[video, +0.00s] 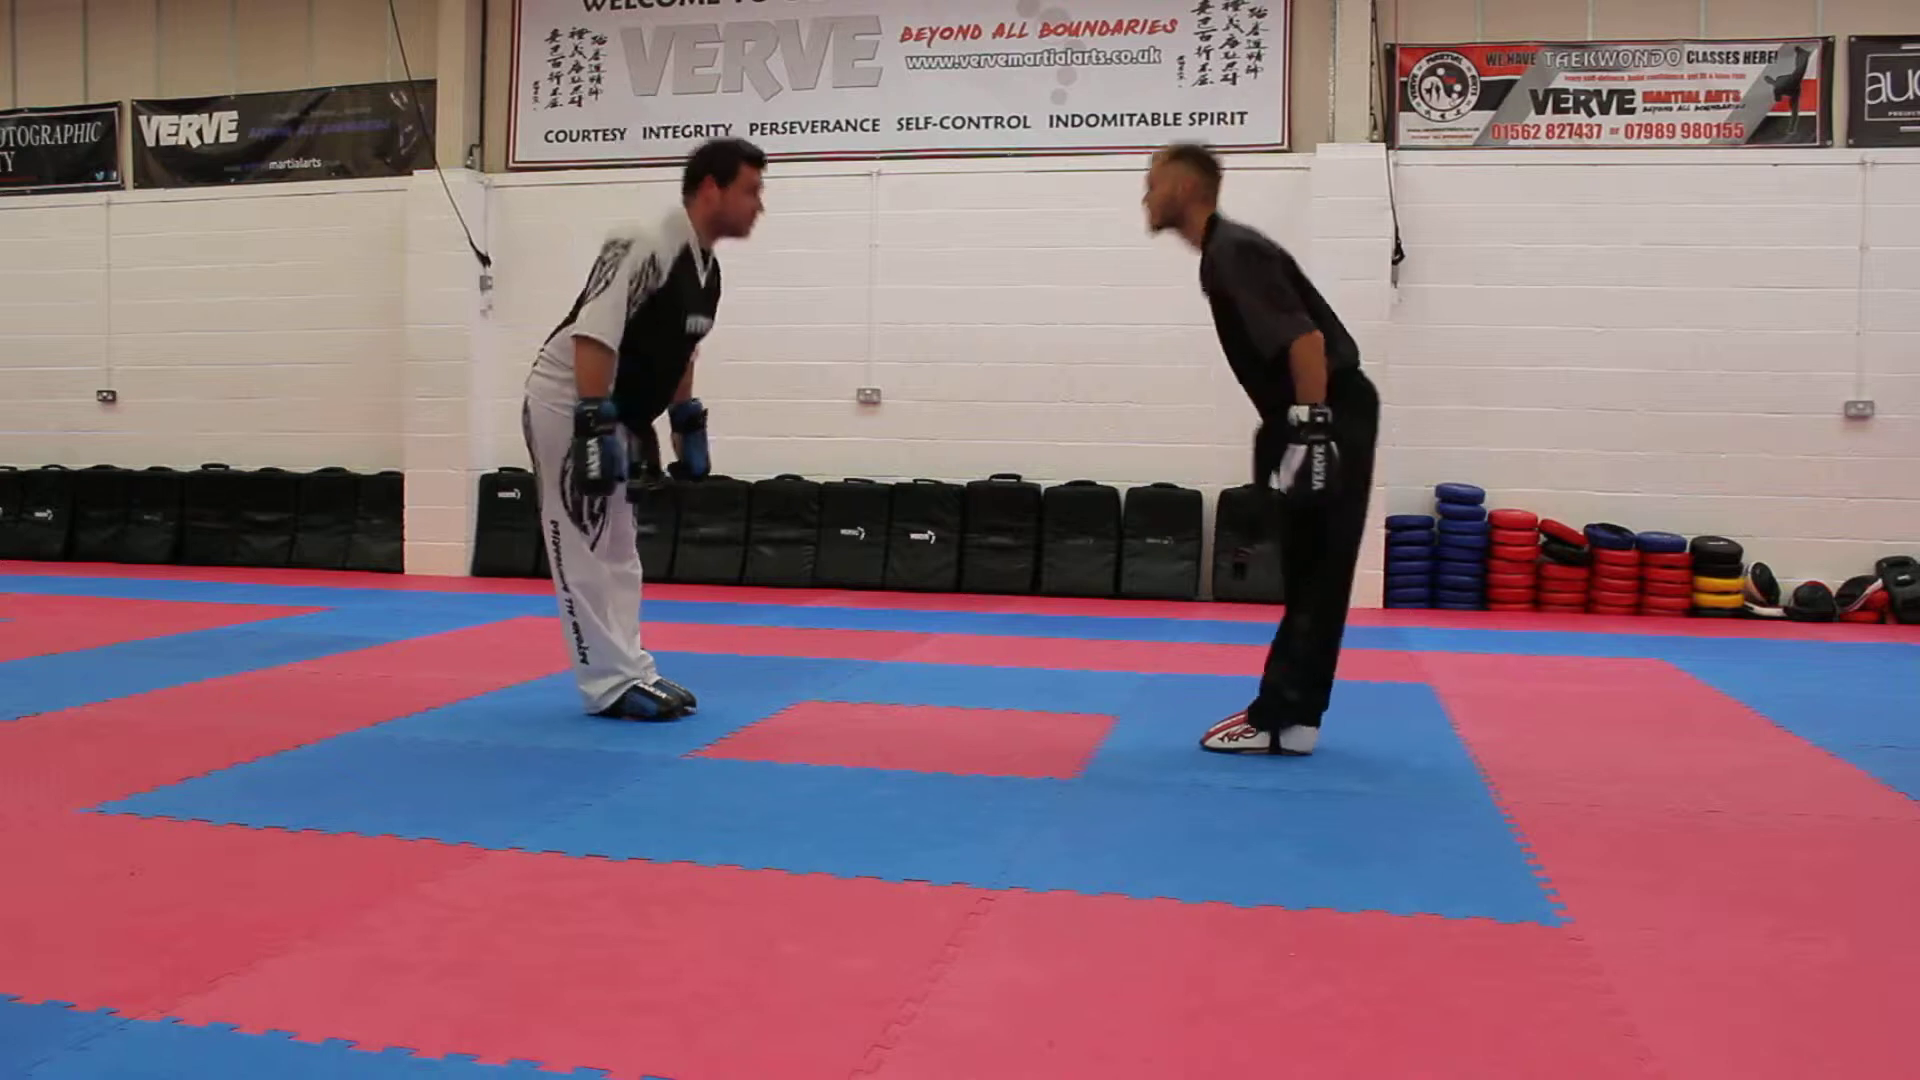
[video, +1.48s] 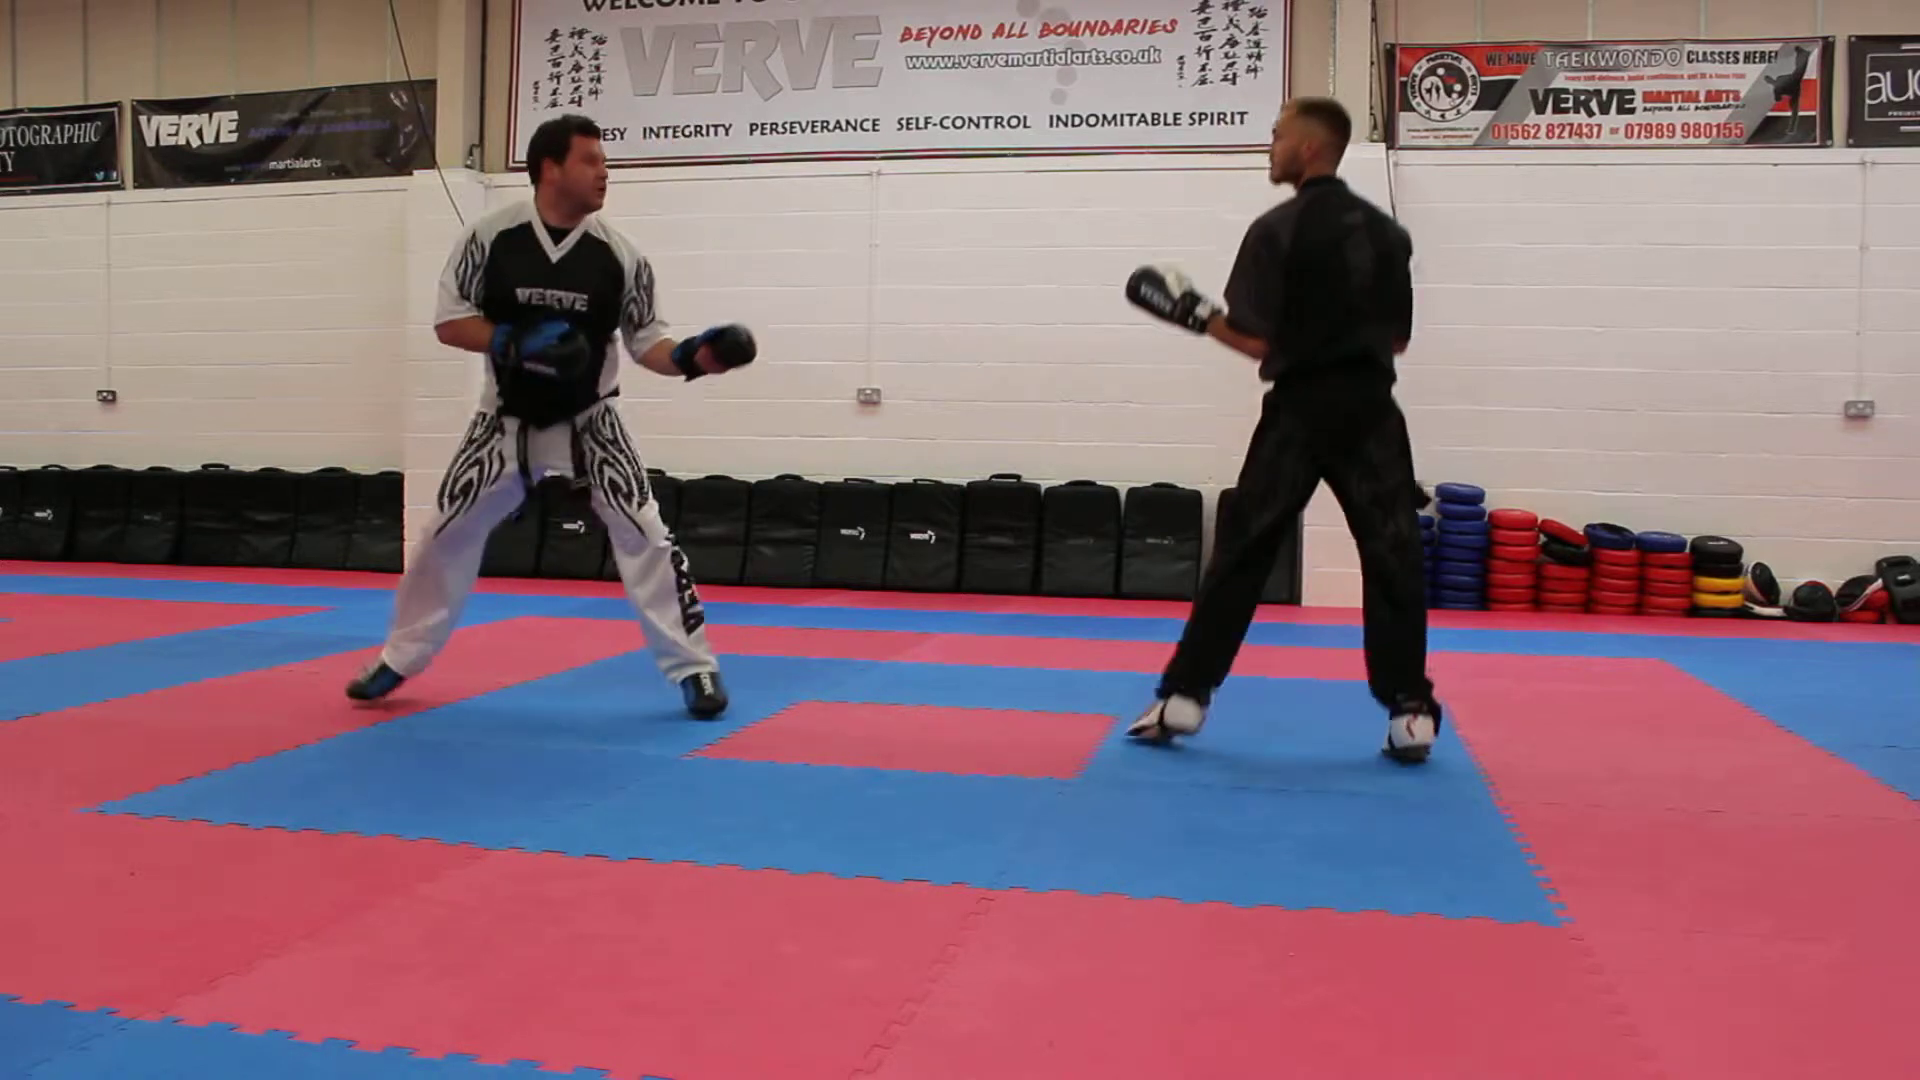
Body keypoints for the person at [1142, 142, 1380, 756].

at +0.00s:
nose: (1144, 196)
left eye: (1152, 183)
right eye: (1147, 184)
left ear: (1186, 187)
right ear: (1187, 188)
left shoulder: (1236, 254)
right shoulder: (1222, 254)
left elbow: (1306, 340)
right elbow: (1285, 344)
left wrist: (1312, 425)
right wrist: (1280, 426)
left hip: (1331, 412)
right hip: (1312, 411)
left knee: (1316, 568)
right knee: (1311, 567)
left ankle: (1285, 715)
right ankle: (1290, 711)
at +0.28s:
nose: (1111, 280)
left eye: (1117, 267)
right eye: (1111, 268)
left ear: (1151, 268)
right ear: (1157, 268)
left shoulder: (1216, 308)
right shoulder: (1207, 312)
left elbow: (1322, 355)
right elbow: (1308, 358)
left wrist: (1339, 441)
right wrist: (1317, 444)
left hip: (1364, 417)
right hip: (1349, 420)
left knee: (1341, 576)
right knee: (1337, 576)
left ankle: (1287, 716)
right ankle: (1294, 714)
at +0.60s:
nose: (1164, 186)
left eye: (1173, 174)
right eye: (1168, 174)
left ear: (1204, 182)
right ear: (1207, 183)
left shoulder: (1236, 249)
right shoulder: (1237, 245)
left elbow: (1293, 339)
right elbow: (1297, 338)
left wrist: (1263, 424)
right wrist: (1272, 424)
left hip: (1337, 407)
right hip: (1331, 406)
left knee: (1323, 562)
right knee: (1320, 562)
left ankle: (1289, 714)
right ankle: (1296, 712)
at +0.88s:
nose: (1234, 143)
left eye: (1243, 131)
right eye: (1238, 130)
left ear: (1272, 143)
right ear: (1292, 148)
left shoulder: (1249, 221)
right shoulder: (1331, 218)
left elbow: (1186, 320)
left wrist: (1141, 294)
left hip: (1307, 406)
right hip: (1355, 401)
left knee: (1289, 555)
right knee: (1333, 552)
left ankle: (1286, 716)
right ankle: (1327, 700)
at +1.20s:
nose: (1282, 158)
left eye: (1290, 148)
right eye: (1287, 147)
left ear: (1321, 162)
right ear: (1342, 168)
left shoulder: (1286, 244)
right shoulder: (1390, 248)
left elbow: (1260, 351)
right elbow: (1388, 350)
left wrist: (1205, 318)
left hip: (1303, 433)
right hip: (1374, 432)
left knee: (1248, 550)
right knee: (1390, 568)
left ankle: (1268, 693)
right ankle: (1428, 709)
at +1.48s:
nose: (1269, 149)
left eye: (1278, 137)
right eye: (1273, 137)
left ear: (1309, 146)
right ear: (1330, 150)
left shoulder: (1275, 230)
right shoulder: (1387, 232)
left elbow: (1254, 341)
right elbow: (1397, 337)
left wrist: (1197, 313)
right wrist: (1315, 321)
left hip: (1295, 414)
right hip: (1370, 413)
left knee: (1245, 548)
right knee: (1394, 555)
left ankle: (1186, 696)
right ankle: (1412, 709)